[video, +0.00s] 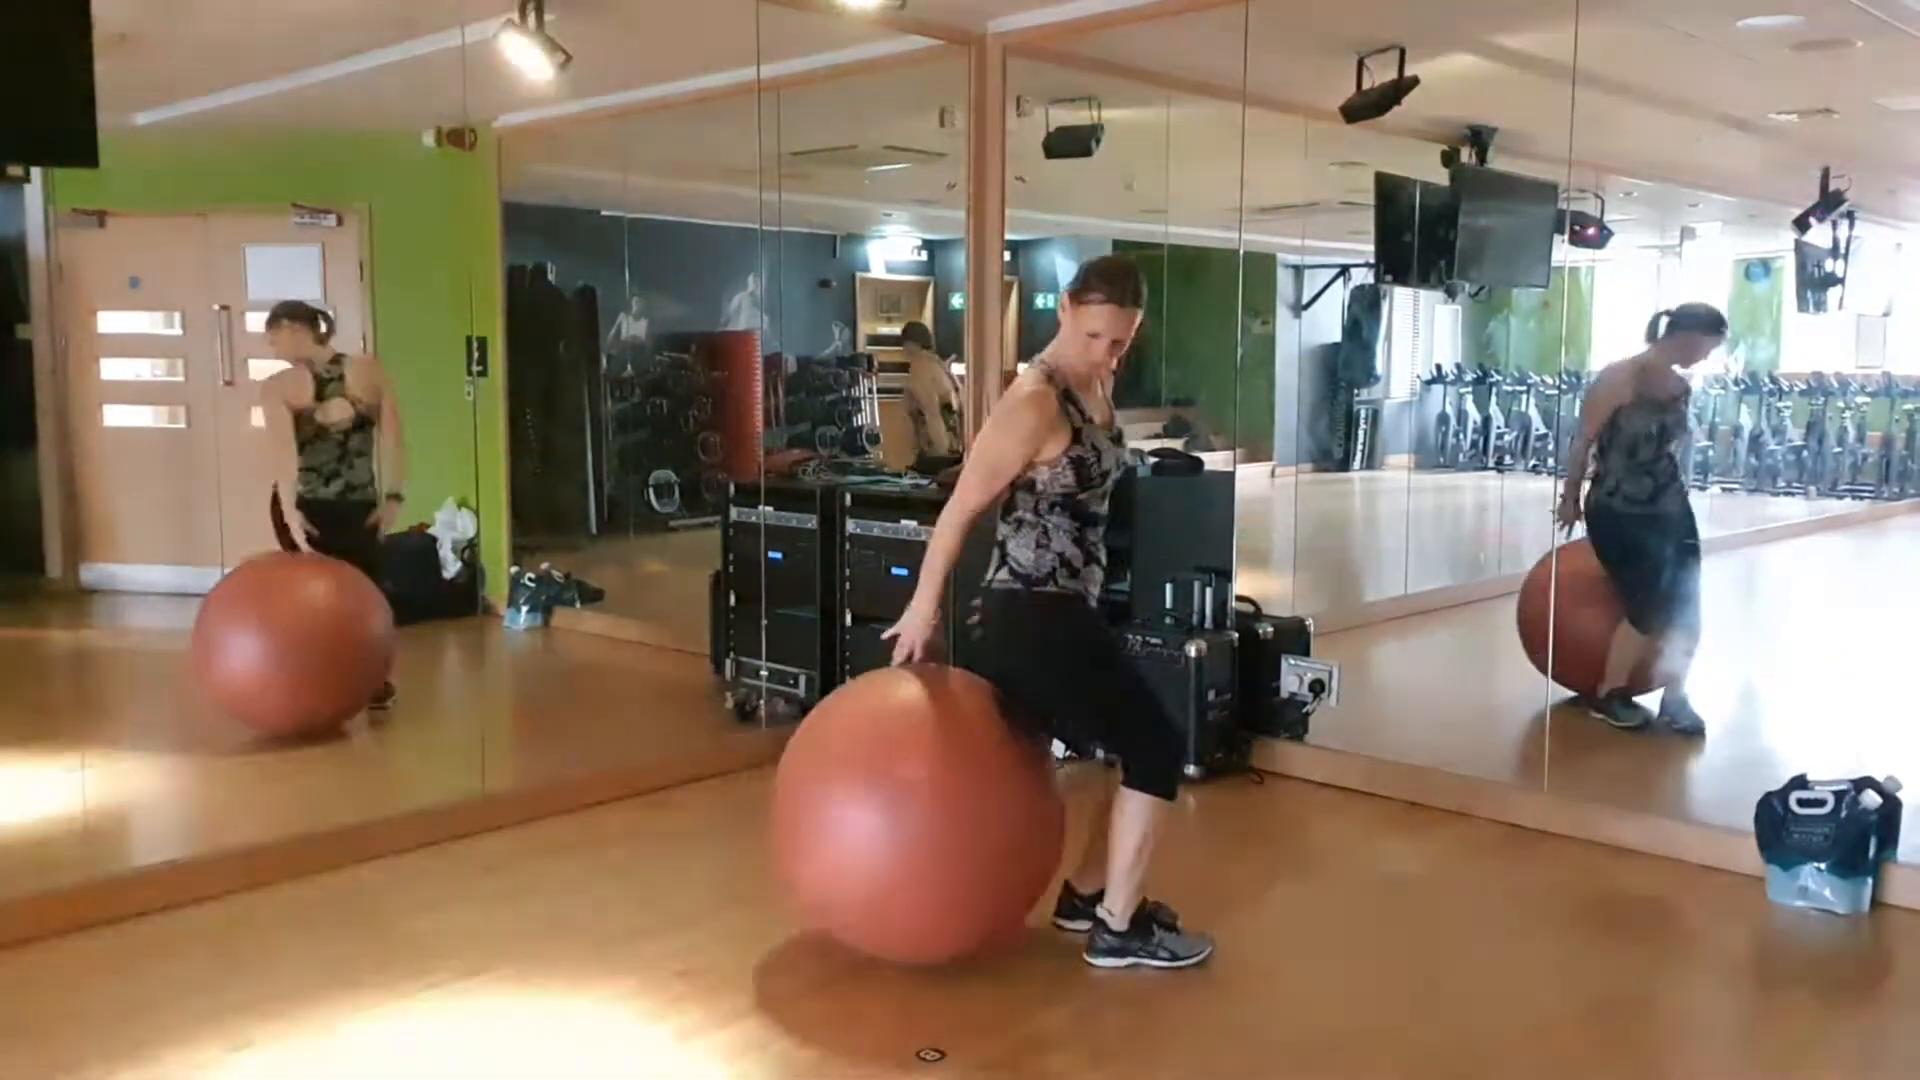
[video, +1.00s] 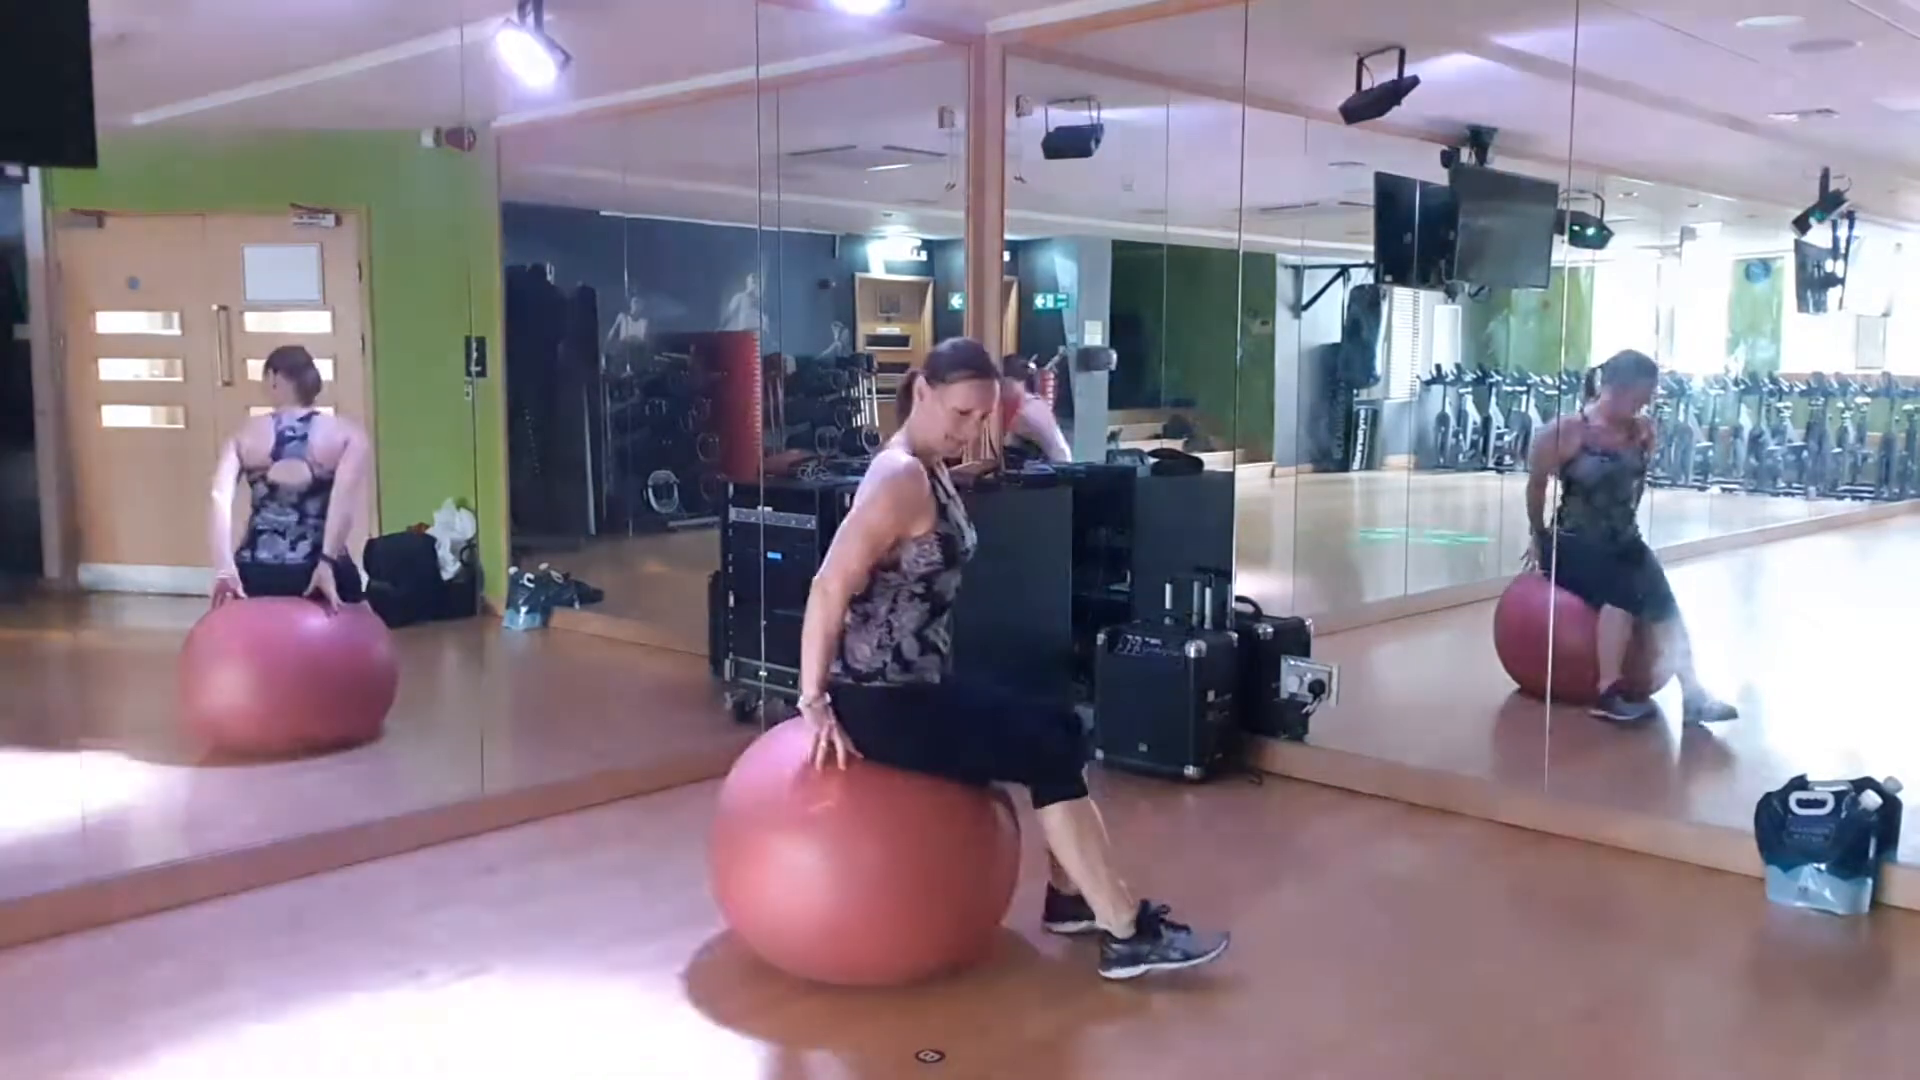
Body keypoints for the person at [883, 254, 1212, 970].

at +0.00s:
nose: (1110, 357)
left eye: (1122, 344)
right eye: (1099, 339)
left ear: (1132, 333)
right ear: (1064, 318)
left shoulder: (1089, 395)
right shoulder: (1030, 403)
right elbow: (959, 509)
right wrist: (923, 606)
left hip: (1056, 612)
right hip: (1034, 618)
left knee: (1133, 739)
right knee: (1153, 746)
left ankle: (1087, 892)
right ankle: (1120, 924)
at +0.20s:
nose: (1101, 374)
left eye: (1113, 362)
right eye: (1092, 356)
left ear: (1123, 357)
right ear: (1057, 335)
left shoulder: (1057, 416)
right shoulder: (1017, 416)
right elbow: (932, 511)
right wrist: (919, 617)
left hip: (1028, 633)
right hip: (1004, 640)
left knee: (1111, 739)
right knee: (1145, 745)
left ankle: (1083, 893)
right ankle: (1120, 924)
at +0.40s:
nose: (1068, 414)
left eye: (1079, 400)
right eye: (1060, 397)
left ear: (1082, 393)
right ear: (1020, 377)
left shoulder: (1018, 453)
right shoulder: (980, 453)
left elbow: (949, 556)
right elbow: (901, 553)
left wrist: (897, 650)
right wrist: (890, 668)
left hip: (978, 669)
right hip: (949, 676)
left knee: (1093, 731)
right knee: (1112, 744)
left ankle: (1084, 893)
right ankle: (1118, 925)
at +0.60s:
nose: (1014, 445)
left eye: (1025, 431)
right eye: (1003, 428)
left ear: (1035, 423)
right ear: (967, 408)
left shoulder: (970, 479)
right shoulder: (934, 485)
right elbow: (855, 584)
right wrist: (840, 695)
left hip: (936, 692)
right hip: (899, 706)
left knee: (1071, 710)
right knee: (1074, 731)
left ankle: (1083, 893)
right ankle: (1118, 924)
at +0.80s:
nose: (984, 438)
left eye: (995, 424)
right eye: (973, 419)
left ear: (1001, 419)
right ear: (933, 397)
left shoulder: (939, 475)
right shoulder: (905, 481)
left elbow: (1045, 450)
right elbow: (831, 584)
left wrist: (1006, 384)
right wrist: (812, 693)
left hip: (907, 690)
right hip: (871, 700)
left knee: (1046, 724)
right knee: (1044, 736)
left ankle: (1083, 896)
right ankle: (1128, 922)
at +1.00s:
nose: (970, 431)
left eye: (980, 418)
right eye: (960, 413)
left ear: (988, 412)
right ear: (920, 392)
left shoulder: (926, 468)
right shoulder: (899, 477)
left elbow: (1055, 468)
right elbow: (829, 587)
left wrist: (1037, 418)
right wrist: (813, 696)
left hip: (913, 686)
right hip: (878, 700)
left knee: (1056, 724)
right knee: (1047, 743)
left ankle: (1072, 890)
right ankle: (1127, 931)